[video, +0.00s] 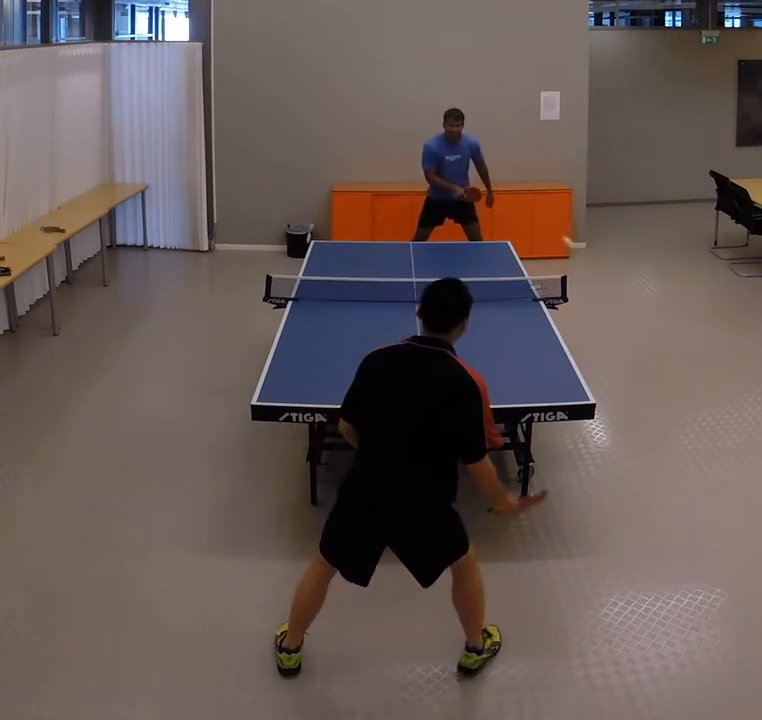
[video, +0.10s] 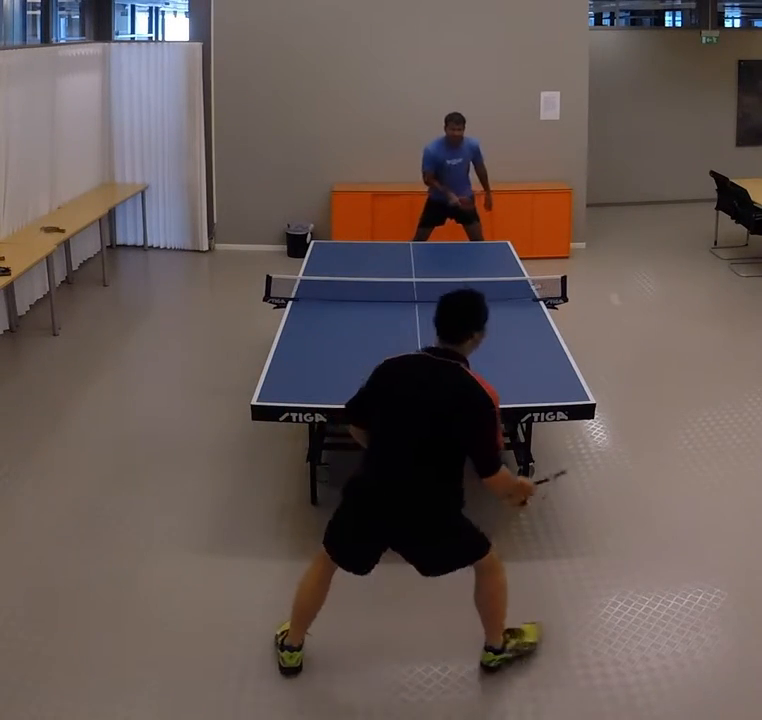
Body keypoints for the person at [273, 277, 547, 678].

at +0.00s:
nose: (464, 324)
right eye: (465, 318)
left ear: (420, 315)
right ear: (463, 323)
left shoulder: (379, 359)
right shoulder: (465, 384)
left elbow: (346, 425)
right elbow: (475, 460)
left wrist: (378, 450)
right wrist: (501, 499)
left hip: (364, 493)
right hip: (425, 502)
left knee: (323, 566)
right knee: (463, 565)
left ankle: (289, 647)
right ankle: (475, 646)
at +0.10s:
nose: (483, 338)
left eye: (481, 330)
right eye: (483, 331)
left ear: (437, 326)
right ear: (476, 336)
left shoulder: (393, 368)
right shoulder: (478, 396)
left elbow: (354, 418)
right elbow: (490, 472)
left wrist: (384, 451)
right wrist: (516, 489)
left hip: (369, 503)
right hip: (430, 514)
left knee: (326, 559)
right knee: (487, 563)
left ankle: (291, 645)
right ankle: (496, 645)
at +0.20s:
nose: (527, 348)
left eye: (527, 339)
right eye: (528, 341)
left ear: (482, 332)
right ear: (520, 345)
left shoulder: (434, 367)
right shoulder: (512, 409)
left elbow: (385, 419)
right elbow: (517, 492)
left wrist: (415, 451)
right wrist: (551, 501)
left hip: (386, 509)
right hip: (446, 525)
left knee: (341, 564)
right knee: (518, 557)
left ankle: (291, 641)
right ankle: (524, 636)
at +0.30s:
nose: (592, 363)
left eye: (593, 355)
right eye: (594, 356)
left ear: (552, 340)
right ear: (584, 356)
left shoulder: (493, 366)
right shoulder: (562, 421)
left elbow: (435, 405)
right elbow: (569, 506)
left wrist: (439, 455)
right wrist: (614, 549)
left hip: (432, 496)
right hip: (486, 518)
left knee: (382, 554)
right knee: (550, 564)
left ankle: (303, 616)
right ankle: (530, 641)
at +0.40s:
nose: (650, 380)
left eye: (653, 372)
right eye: (652, 371)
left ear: (612, 351)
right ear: (637, 367)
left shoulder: (553, 371)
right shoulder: (606, 428)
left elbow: (493, 397)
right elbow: (630, 517)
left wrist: (482, 453)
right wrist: (670, 576)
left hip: (477, 494)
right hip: (521, 522)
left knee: (447, 549)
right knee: (572, 571)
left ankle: (366, 600)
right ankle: (531, 641)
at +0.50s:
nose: (703, 394)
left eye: (706, 386)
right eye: (703, 384)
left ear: (669, 368)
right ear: (683, 378)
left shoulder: (610, 381)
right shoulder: (650, 438)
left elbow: (551, 406)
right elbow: (675, 529)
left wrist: (565, 452)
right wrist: (737, 561)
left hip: (511, 485)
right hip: (543, 518)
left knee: (533, 548)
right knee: (586, 580)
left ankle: (460, 594)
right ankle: (532, 640)